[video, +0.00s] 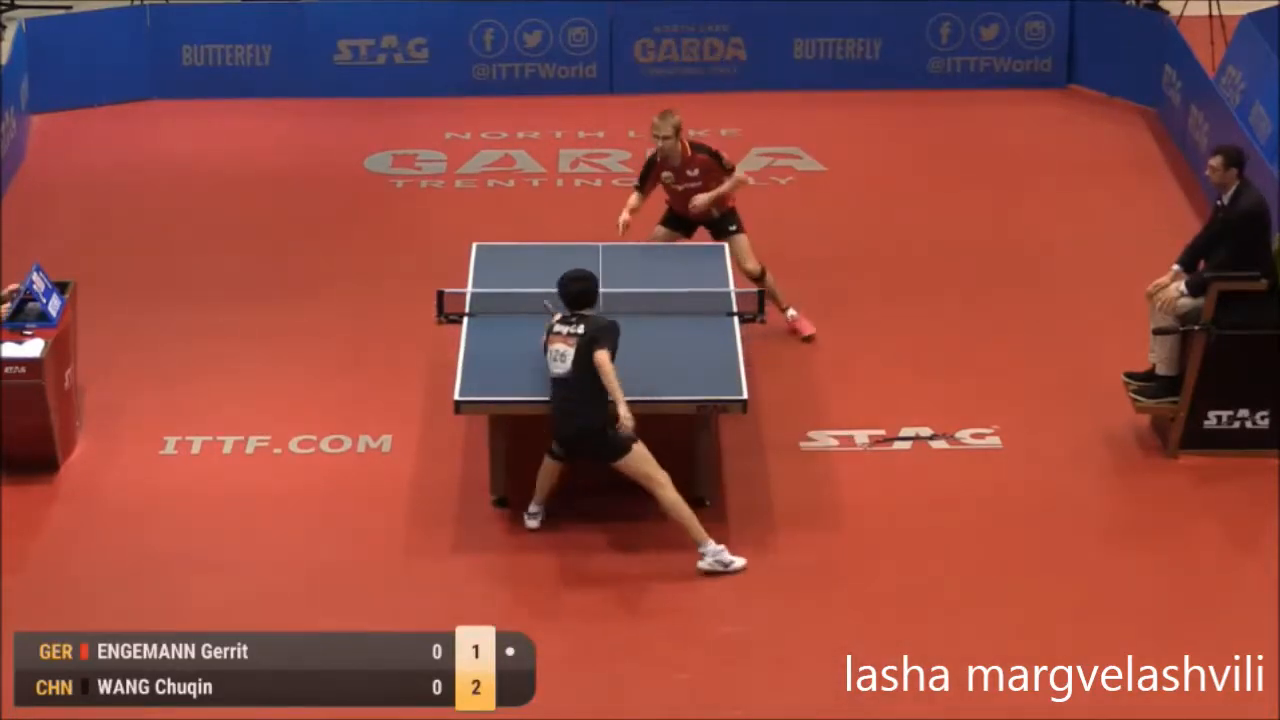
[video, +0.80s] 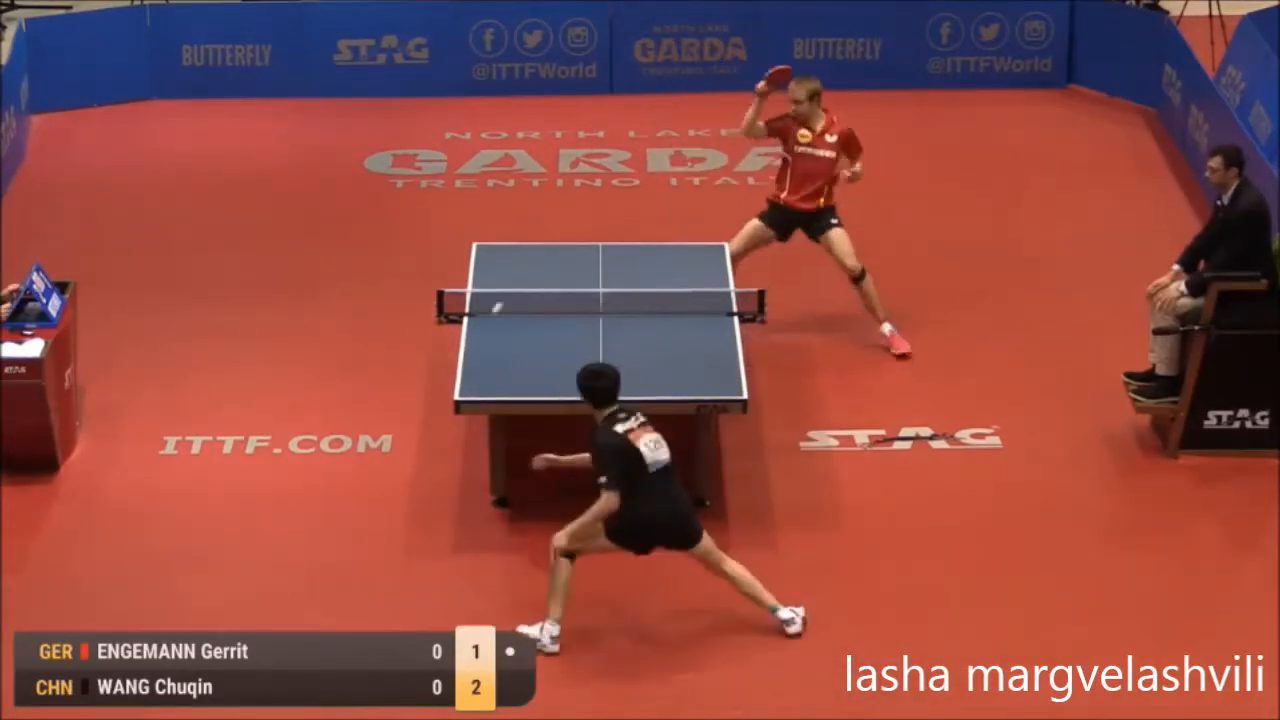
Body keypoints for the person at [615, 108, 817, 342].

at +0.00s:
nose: (660, 145)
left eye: (665, 139)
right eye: (656, 139)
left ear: (679, 136)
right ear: (653, 137)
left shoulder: (704, 155)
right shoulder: (656, 162)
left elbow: (738, 178)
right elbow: (641, 191)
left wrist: (711, 196)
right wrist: (627, 211)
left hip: (718, 212)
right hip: (681, 213)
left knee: (750, 268)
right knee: (651, 254)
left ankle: (789, 312)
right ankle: (651, 317)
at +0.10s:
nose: (663, 144)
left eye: (668, 138)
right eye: (659, 138)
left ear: (682, 136)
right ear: (655, 138)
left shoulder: (703, 153)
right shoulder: (665, 162)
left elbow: (737, 190)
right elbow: (673, 192)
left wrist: (698, 196)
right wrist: (651, 218)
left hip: (734, 212)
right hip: (698, 215)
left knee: (771, 268)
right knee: (665, 257)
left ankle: (799, 313)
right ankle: (670, 319)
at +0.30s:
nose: (684, 156)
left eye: (688, 150)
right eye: (681, 150)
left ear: (705, 146)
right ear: (683, 149)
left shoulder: (713, 168)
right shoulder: (725, 160)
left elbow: (692, 209)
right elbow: (766, 181)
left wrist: (686, 241)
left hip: (778, 231)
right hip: (751, 229)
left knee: (800, 304)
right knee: (701, 248)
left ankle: (869, 314)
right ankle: (712, 310)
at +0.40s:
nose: (724, 163)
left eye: (728, 157)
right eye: (722, 158)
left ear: (746, 155)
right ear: (746, 156)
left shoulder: (749, 177)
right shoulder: (765, 172)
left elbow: (738, 204)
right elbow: (797, 200)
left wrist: (738, 243)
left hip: (798, 253)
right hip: (780, 251)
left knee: (828, 320)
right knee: (724, 251)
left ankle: (895, 340)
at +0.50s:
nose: (753, 159)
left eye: (755, 153)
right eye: (752, 154)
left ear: (767, 150)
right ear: (769, 151)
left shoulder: (791, 167)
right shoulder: (778, 175)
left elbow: (816, 189)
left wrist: (786, 211)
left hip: (809, 257)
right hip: (781, 253)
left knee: (835, 323)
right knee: (727, 257)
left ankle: (899, 340)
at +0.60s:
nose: (784, 145)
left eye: (786, 139)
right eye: (783, 140)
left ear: (799, 136)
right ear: (793, 138)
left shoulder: (832, 160)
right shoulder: (788, 164)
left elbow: (858, 195)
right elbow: (748, 158)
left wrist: (831, 177)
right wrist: (755, 124)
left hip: (818, 249)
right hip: (785, 244)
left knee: (843, 309)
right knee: (726, 268)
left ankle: (900, 340)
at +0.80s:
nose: (792, 108)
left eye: (797, 103)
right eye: (791, 103)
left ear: (815, 101)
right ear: (791, 102)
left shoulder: (840, 132)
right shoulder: (788, 124)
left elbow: (857, 161)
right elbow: (749, 131)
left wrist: (854, 172)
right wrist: (759, 99)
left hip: (820, 212)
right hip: (782, 208)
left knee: (853, 268)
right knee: (731, 253)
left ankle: (886, 328)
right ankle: (709, 314)